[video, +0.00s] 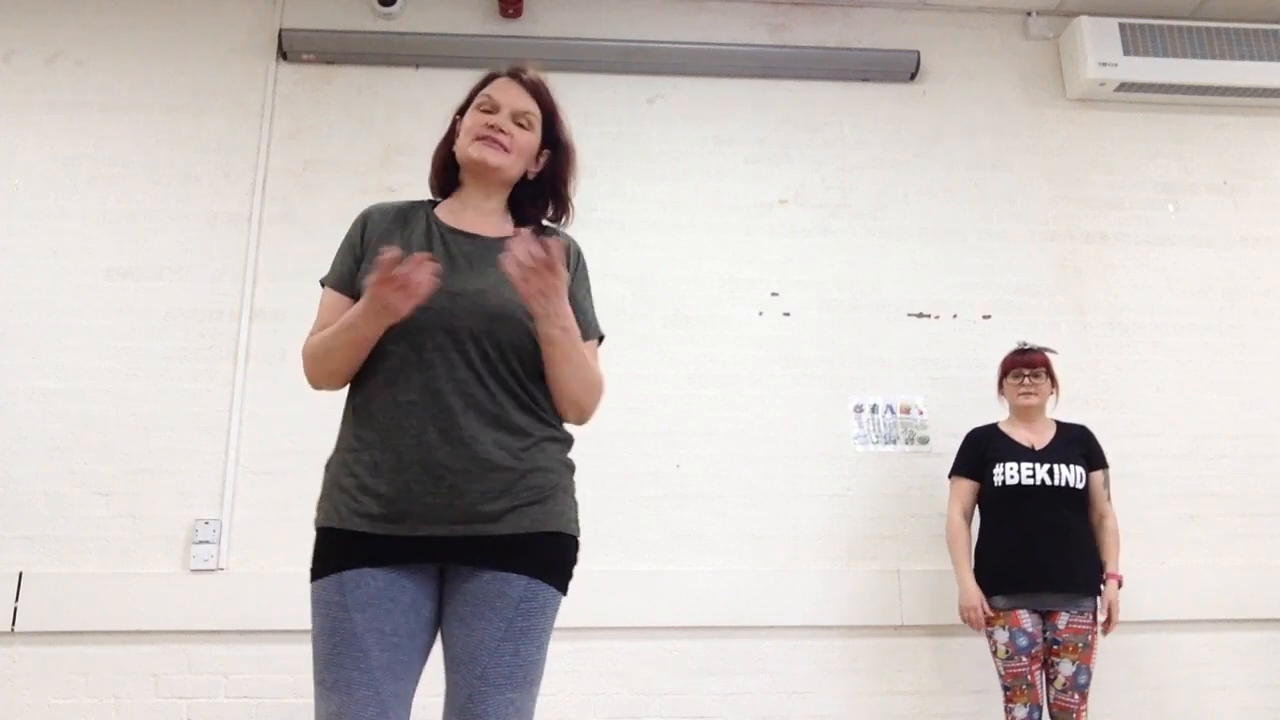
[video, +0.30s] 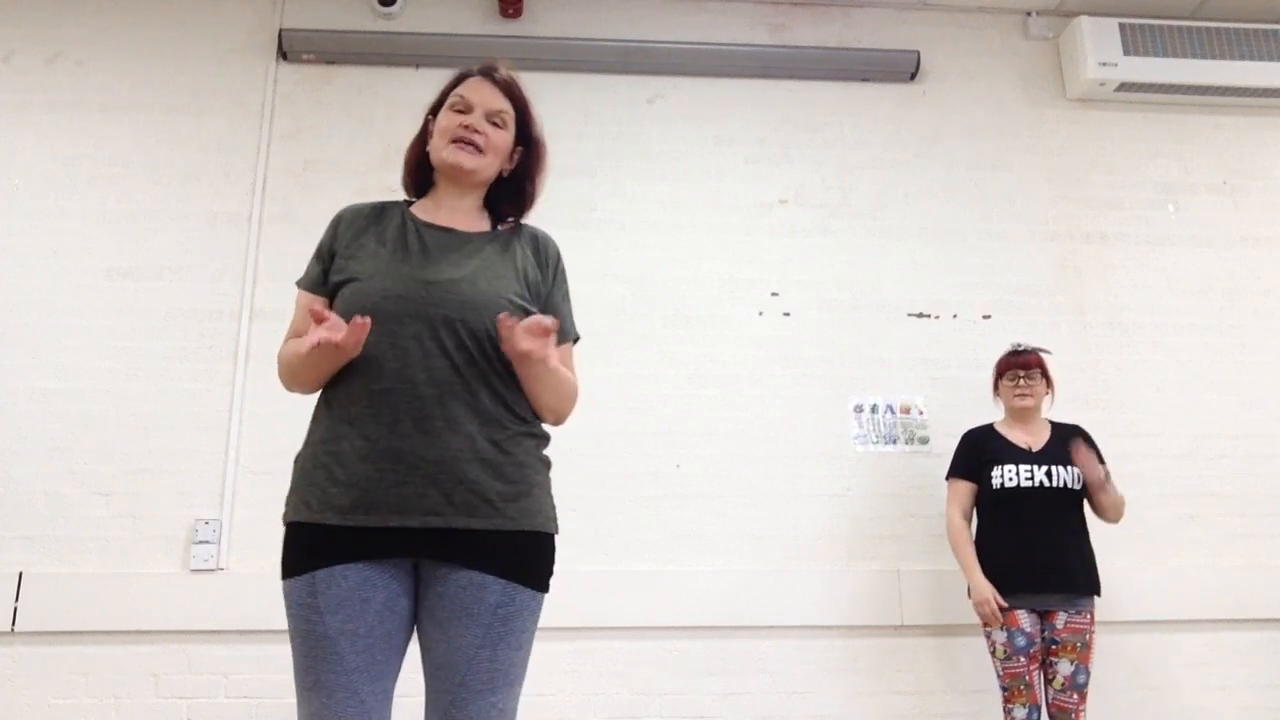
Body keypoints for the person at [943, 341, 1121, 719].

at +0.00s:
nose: (1027, 382)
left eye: (1037, 375)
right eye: (1017, 376)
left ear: (1052, 386)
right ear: (1002, 387)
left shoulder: (1080, 439)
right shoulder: (981, 441)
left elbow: (1103, 516)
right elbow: (958, 516)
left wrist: (1112, 579)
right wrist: (966, 584)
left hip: (1075, 598)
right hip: (1007, 599)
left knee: (1070, 709)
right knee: (1023, 710)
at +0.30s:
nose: (1022, 384)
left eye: (1031, 377)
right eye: (1012, 378)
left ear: (1047, 387)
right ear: (998, 389)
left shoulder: (1074, 438)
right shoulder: (978, 442)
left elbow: (1113, 513)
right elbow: (956, 518)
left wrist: (1098, 481)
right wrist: (976, 581)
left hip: (1072, 596)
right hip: (1006, 598)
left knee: (1069, 709)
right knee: (1022, 710)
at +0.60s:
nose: (1024, 386)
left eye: (1035, 379)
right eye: (1014, 380)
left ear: (1049, 389)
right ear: (1000, 390)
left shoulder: (1073, 438)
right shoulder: (978, 441)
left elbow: (1108, 489)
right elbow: (953, 516)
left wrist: (1065, 429)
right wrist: (968, 583)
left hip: (1071, 596)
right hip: (1006, 597)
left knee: (1069, 708)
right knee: (1023, 710)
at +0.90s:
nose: (1022, 385)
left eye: (1032, 378)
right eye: (1012, 379)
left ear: (1048, 389)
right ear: (999, 390)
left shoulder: (1075, 440)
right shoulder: (978, 441)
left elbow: (1109, 499)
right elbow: (952, 515)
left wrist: (1076, 434)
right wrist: (959, 582)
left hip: (1071, 595)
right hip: (1004, 597)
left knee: (1068, 708)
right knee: (1023, 709)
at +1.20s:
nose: (1015, 381)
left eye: (1025, 374)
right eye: (1006, 376)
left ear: (1044, 385)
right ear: (995, 388)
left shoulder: (1075, 436)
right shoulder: (975, 441)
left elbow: (1105, 500)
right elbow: (953, 516)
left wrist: (1111, 534)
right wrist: (967, 581)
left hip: (1071, 595)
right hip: (1005, 597)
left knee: (1068, 708)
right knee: (1021, 709)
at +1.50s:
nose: (1018, 381)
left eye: (1027, 374)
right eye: (1008, 375)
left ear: (1045, 385)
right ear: (995, 387)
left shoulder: (1074, 436)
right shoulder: (975, 441)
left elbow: (1106, 511)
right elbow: (953, 516)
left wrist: (1116, 579)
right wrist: (969, 583)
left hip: (1075, 598)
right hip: (1007, 600)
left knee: (1070, 709)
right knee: (1024, 710)